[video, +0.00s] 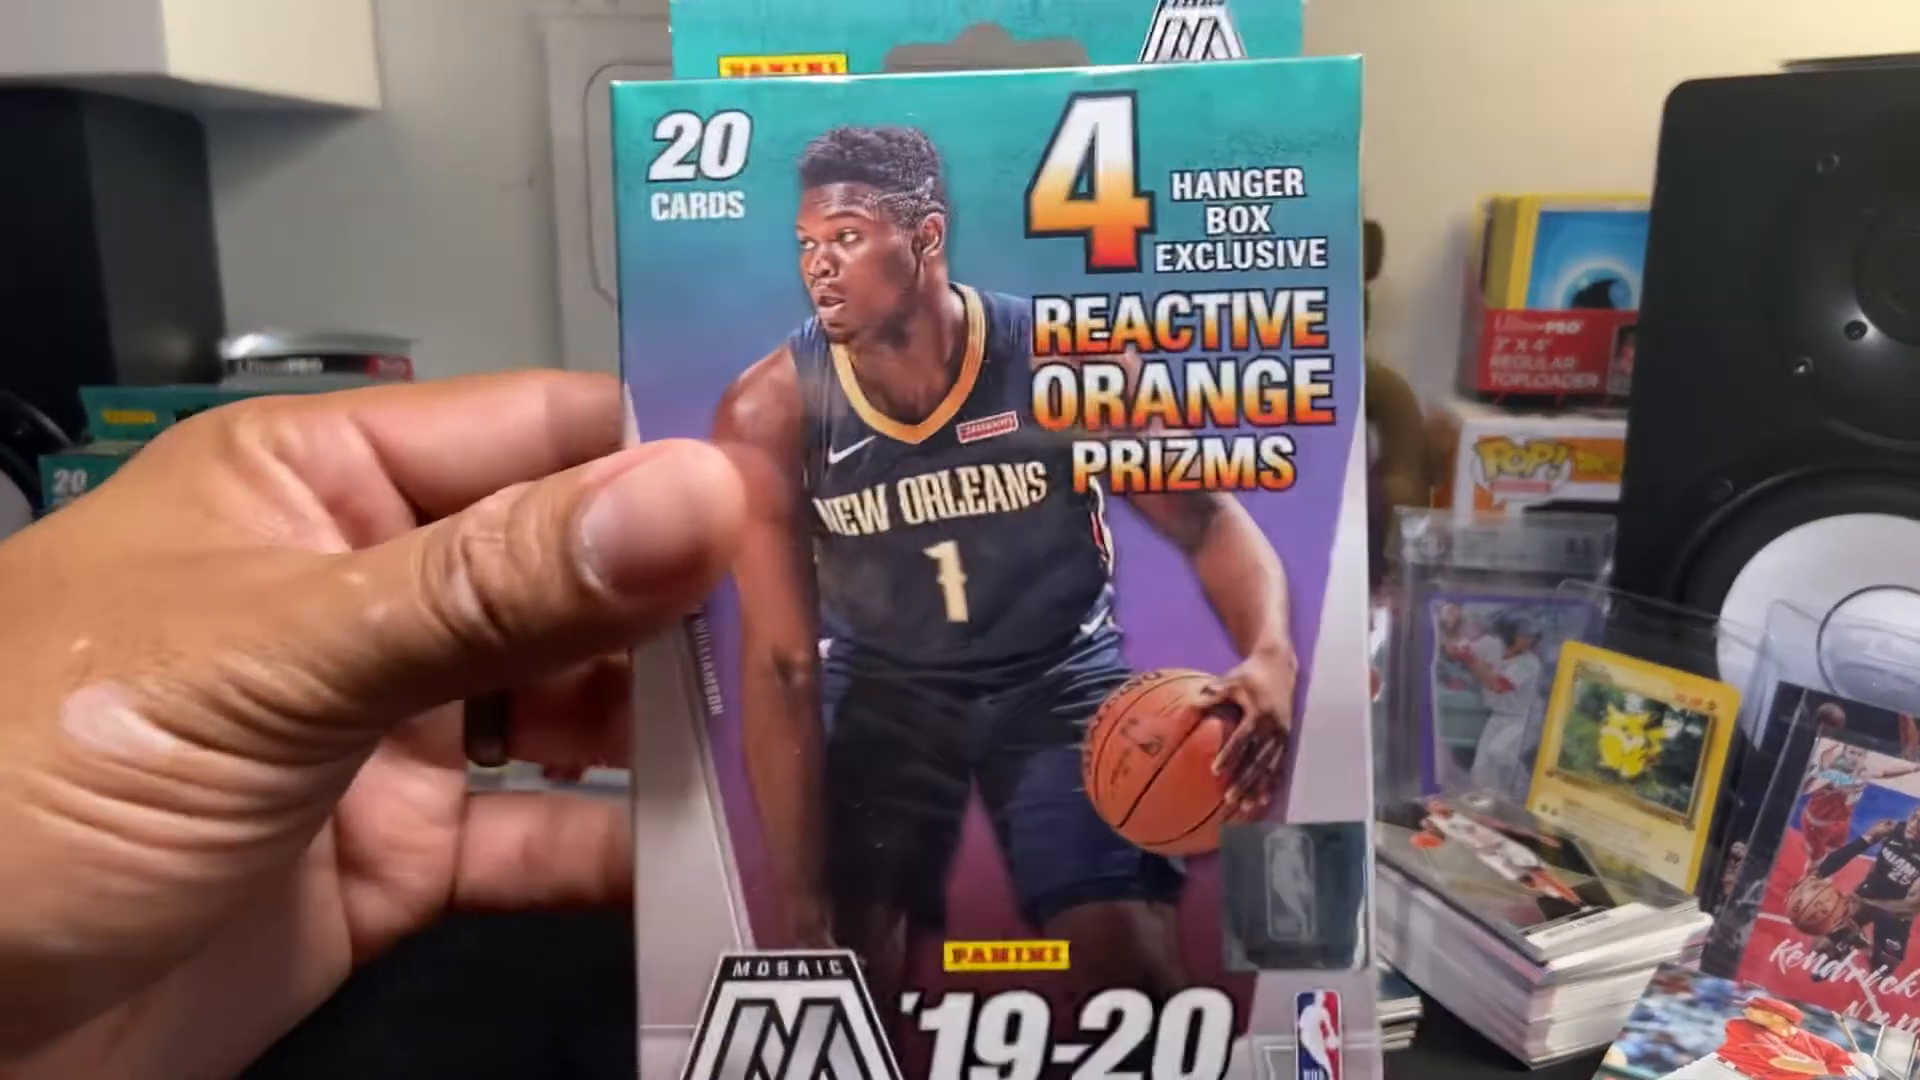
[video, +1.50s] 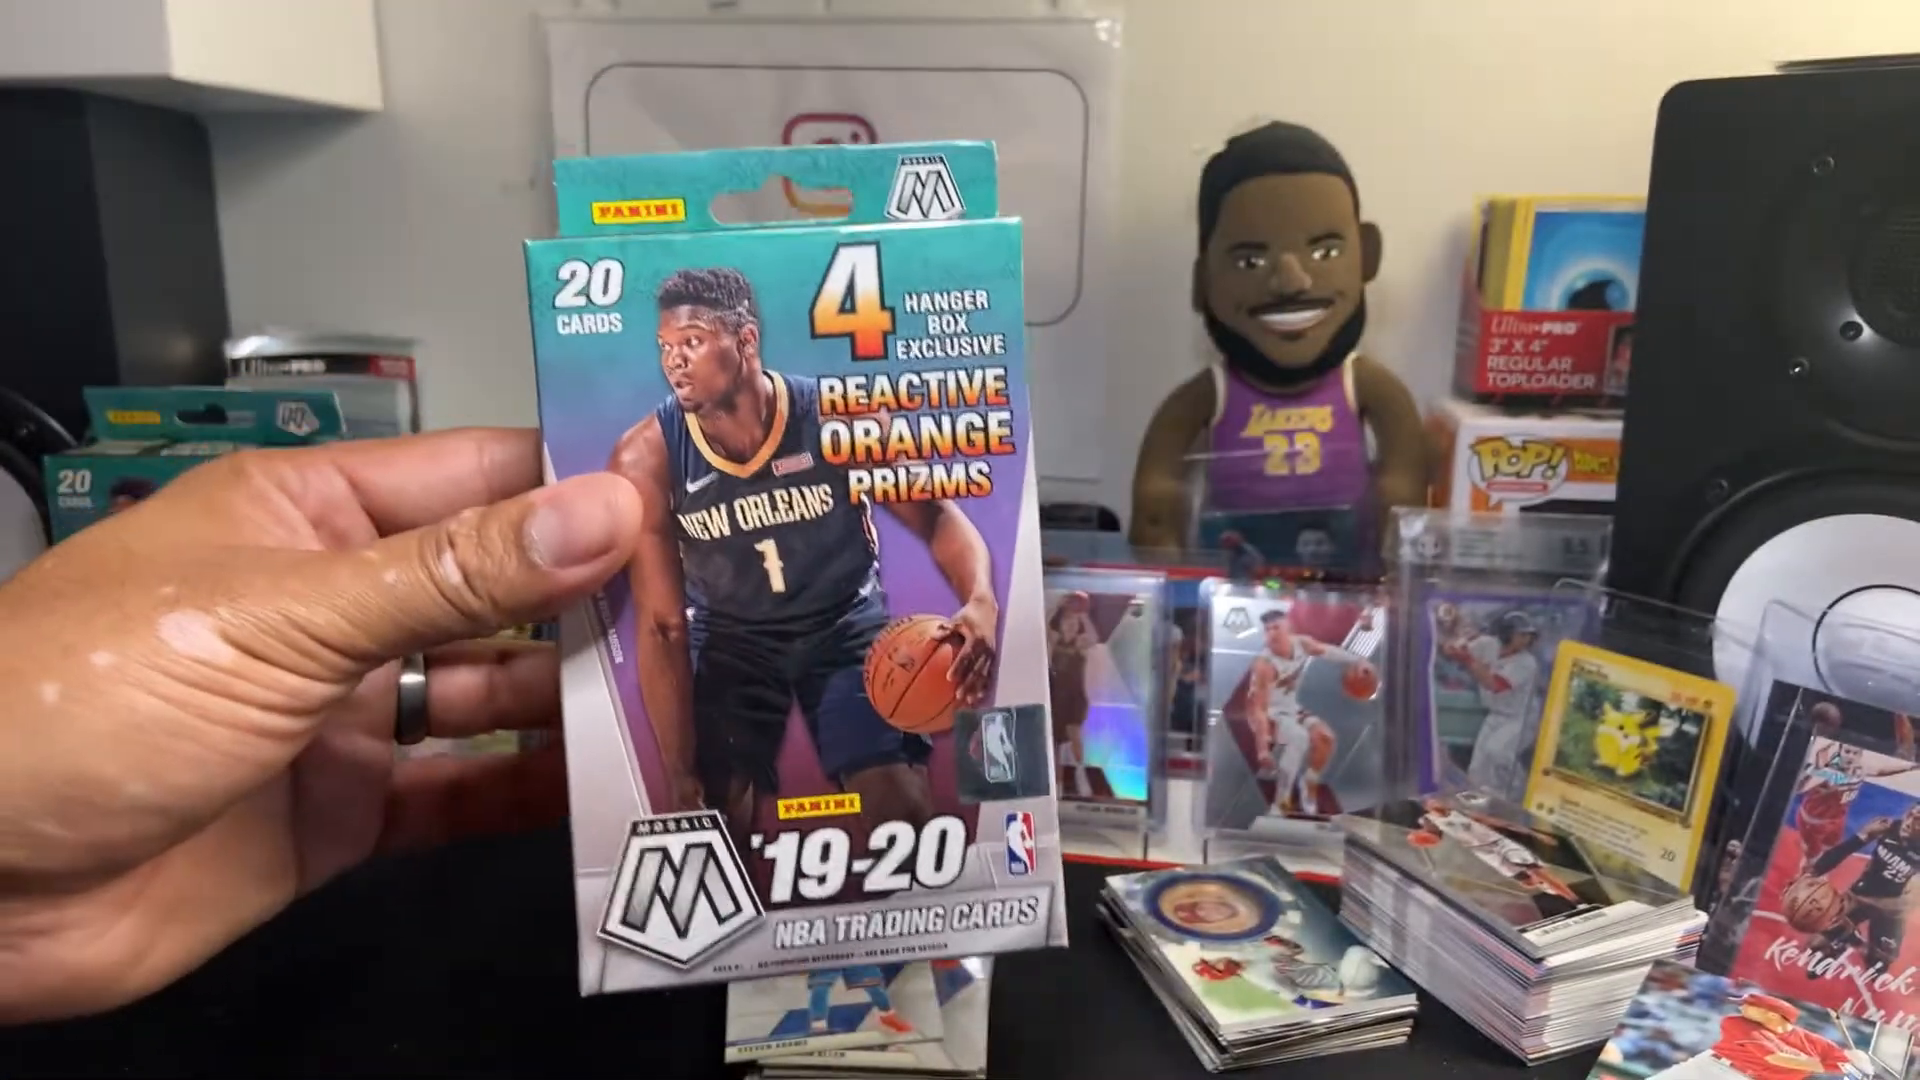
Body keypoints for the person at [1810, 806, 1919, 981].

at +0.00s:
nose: (1914, 825)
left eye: (1919, 823)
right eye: (1914, 818)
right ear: (1910, 816)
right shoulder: (1890, 829)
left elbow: (1912, 906)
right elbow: (1850, 850)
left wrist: (1864, 905)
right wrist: (1819, 873)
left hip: (1897, 910)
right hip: (1867, 897)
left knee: (1882, 972)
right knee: (1822, 948)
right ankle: (1849, 944)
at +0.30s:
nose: (1915, 827)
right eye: (1916, 819)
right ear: (1912, 817)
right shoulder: (1893, 831)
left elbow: (1913, 907)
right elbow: (1853, 851)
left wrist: (1867, 906)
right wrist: (1821, 874)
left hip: (1899, 913)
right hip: (1869, 899)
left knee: (1885, 972)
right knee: (1826, 949)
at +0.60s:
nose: (1915, 826)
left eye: (1919, 824)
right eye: (1915, 818)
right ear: (1910, 817)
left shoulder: (1918, 856)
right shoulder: (1892, 830)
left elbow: (1912, 907)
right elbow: (1852, 850)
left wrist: (1866, 905)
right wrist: (1820, 873)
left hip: (1898, 911)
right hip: (1867, 898)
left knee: (1884, 970)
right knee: (1824, 949)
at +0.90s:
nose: (1911, 824)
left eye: (1917, 822)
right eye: (1911, 817)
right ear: (1906, 816)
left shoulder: (1917, 857)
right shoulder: (1886, 829)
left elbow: (1909, 905)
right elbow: (1848, 849)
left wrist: (1861, 903)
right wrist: (1816, 871)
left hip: (1895, 908)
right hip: (1864, 895)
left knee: (1881, 966)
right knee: (1819, 947)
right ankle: (1845, 944)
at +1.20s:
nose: (1910, 823)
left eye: (1917, 822)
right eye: (1910, 816)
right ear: (1905, 814)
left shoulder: (1916, 852)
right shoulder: (1884, 828)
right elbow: (1845, 849)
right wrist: (1815, 871)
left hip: (1892, 910)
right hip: (1860, 898)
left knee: (1878, 968)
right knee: (1817, 947)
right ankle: (1846, 941)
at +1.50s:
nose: (1910, 823)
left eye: (1917, 821)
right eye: (1910, 816)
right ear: (1905, 814)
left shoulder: (1917, 854)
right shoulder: (1884, 828)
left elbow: (1910, 902)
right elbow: (1844, 849)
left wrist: (1859, 902)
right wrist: (1813, 872)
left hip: (1892, 910)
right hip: (1860, 896)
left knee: (1877, 970)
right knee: (1815, 948)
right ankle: (1845, 941)